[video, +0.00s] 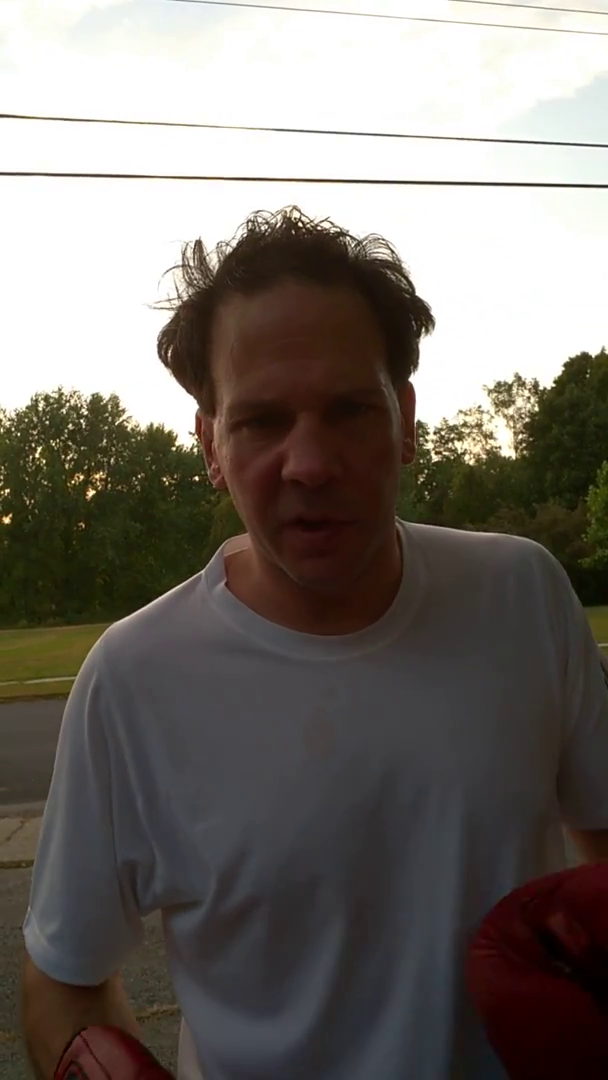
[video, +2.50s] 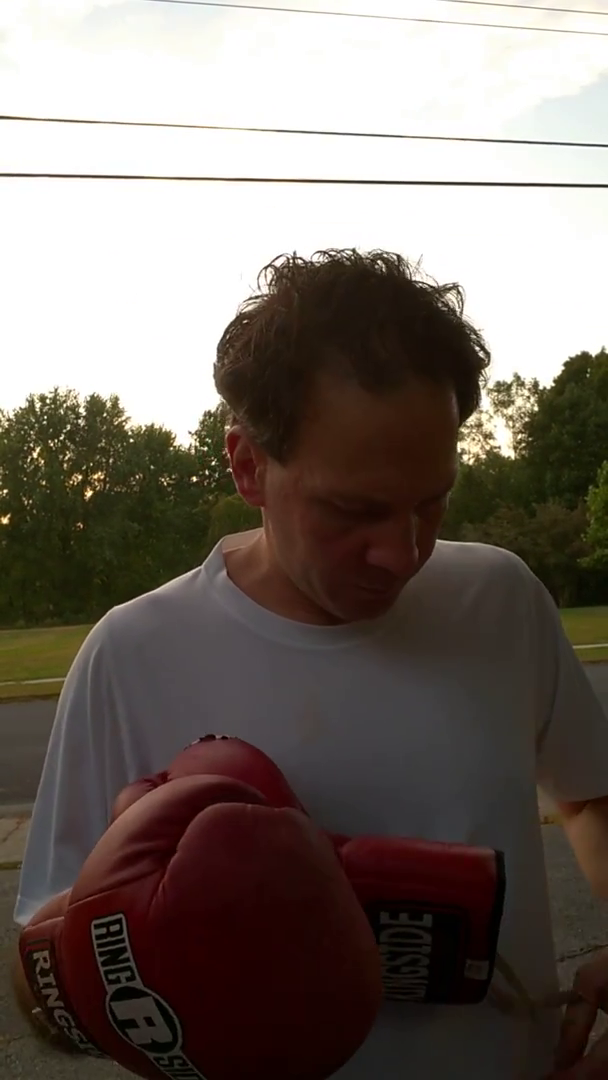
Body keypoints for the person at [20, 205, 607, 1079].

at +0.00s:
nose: (310, 463)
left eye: (349, 410)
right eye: (264, 420)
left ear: (405, 422)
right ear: (212, 447)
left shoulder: (524, 595)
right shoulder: (130, 680)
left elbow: (604, 833)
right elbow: (64, 977)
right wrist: (98, 1057)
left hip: (523, 1060)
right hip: (262, 1068)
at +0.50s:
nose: (310, 450)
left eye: (350, 400)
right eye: (267, 410)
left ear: (411, 418)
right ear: (218, 441)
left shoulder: (525, 598)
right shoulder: (134, 675)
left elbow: (601, 848)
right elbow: (67, 987)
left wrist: (595, 939)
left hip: (531, 1053)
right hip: (249, 1062)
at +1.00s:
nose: (274, 452)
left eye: (316, 398)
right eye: (234, 415)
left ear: (390, 414)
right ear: (203, 450)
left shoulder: (519, 593)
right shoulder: (134, 674)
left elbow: (604, 781)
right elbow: (72, 989)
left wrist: (591, 891)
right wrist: (171, 1071)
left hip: (531, 1059)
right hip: (266, 1066)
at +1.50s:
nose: (273, 455)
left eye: (313, 401)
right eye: (230, 419)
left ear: (384, 415)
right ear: (199, 455)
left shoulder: (514, 596)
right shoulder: (130, 670)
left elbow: (603, 813)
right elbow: (76, 993)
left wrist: (597, 935)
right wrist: (133, 1056)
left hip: (510, 1063)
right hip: (259, 1070)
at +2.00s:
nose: (300, 467)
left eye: (336, 418)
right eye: (255, 426)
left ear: (389, 423)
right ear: (201, 450)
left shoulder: (512, 600)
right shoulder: (125, 666)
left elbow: (605, 791)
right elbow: (53, 945)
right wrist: (111, 969)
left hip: (518, 1064)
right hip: (247, 1070)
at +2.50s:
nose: (403, 552)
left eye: (432, 502)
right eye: (354, 511)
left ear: (454, 459)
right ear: (248, 468)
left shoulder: (501, 601)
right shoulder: (130, 659)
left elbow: (588, 796)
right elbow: (42, 983)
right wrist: (89, 911)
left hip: (518, 1065)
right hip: (252, 1066)